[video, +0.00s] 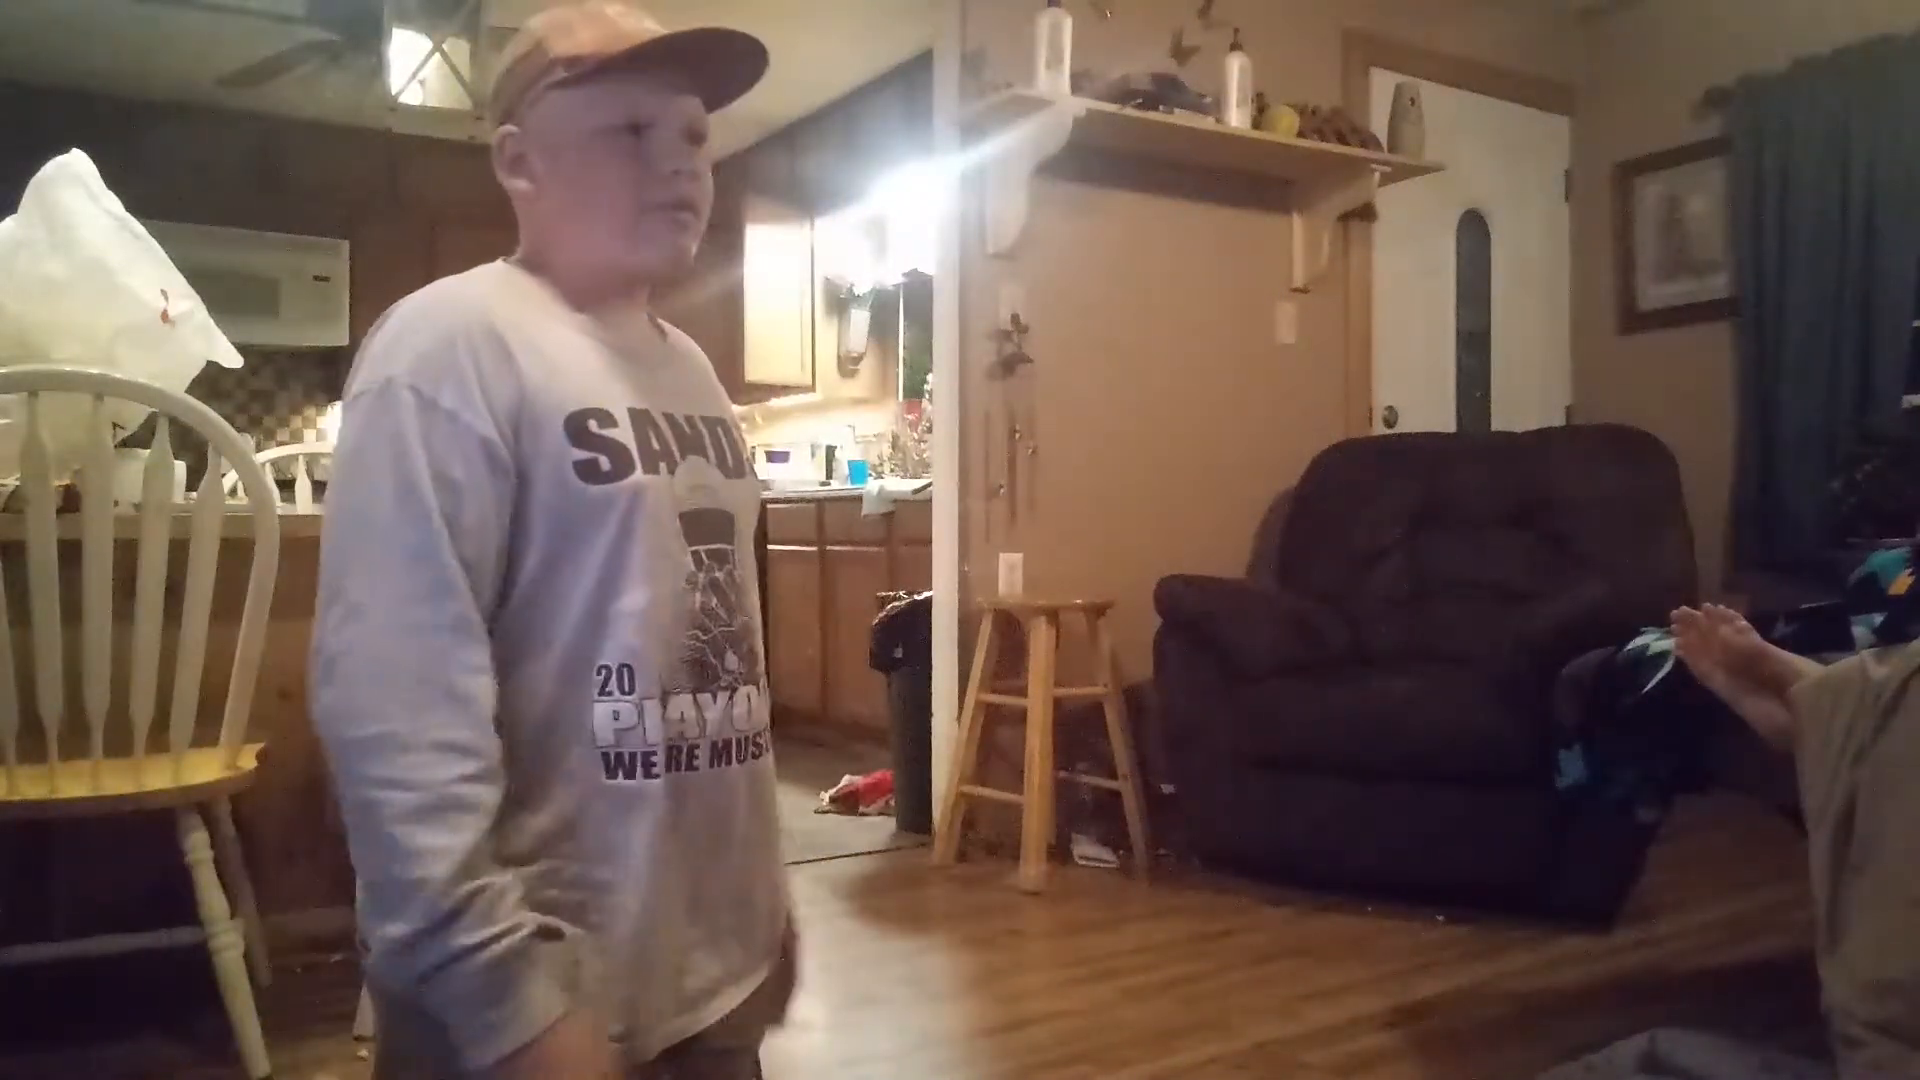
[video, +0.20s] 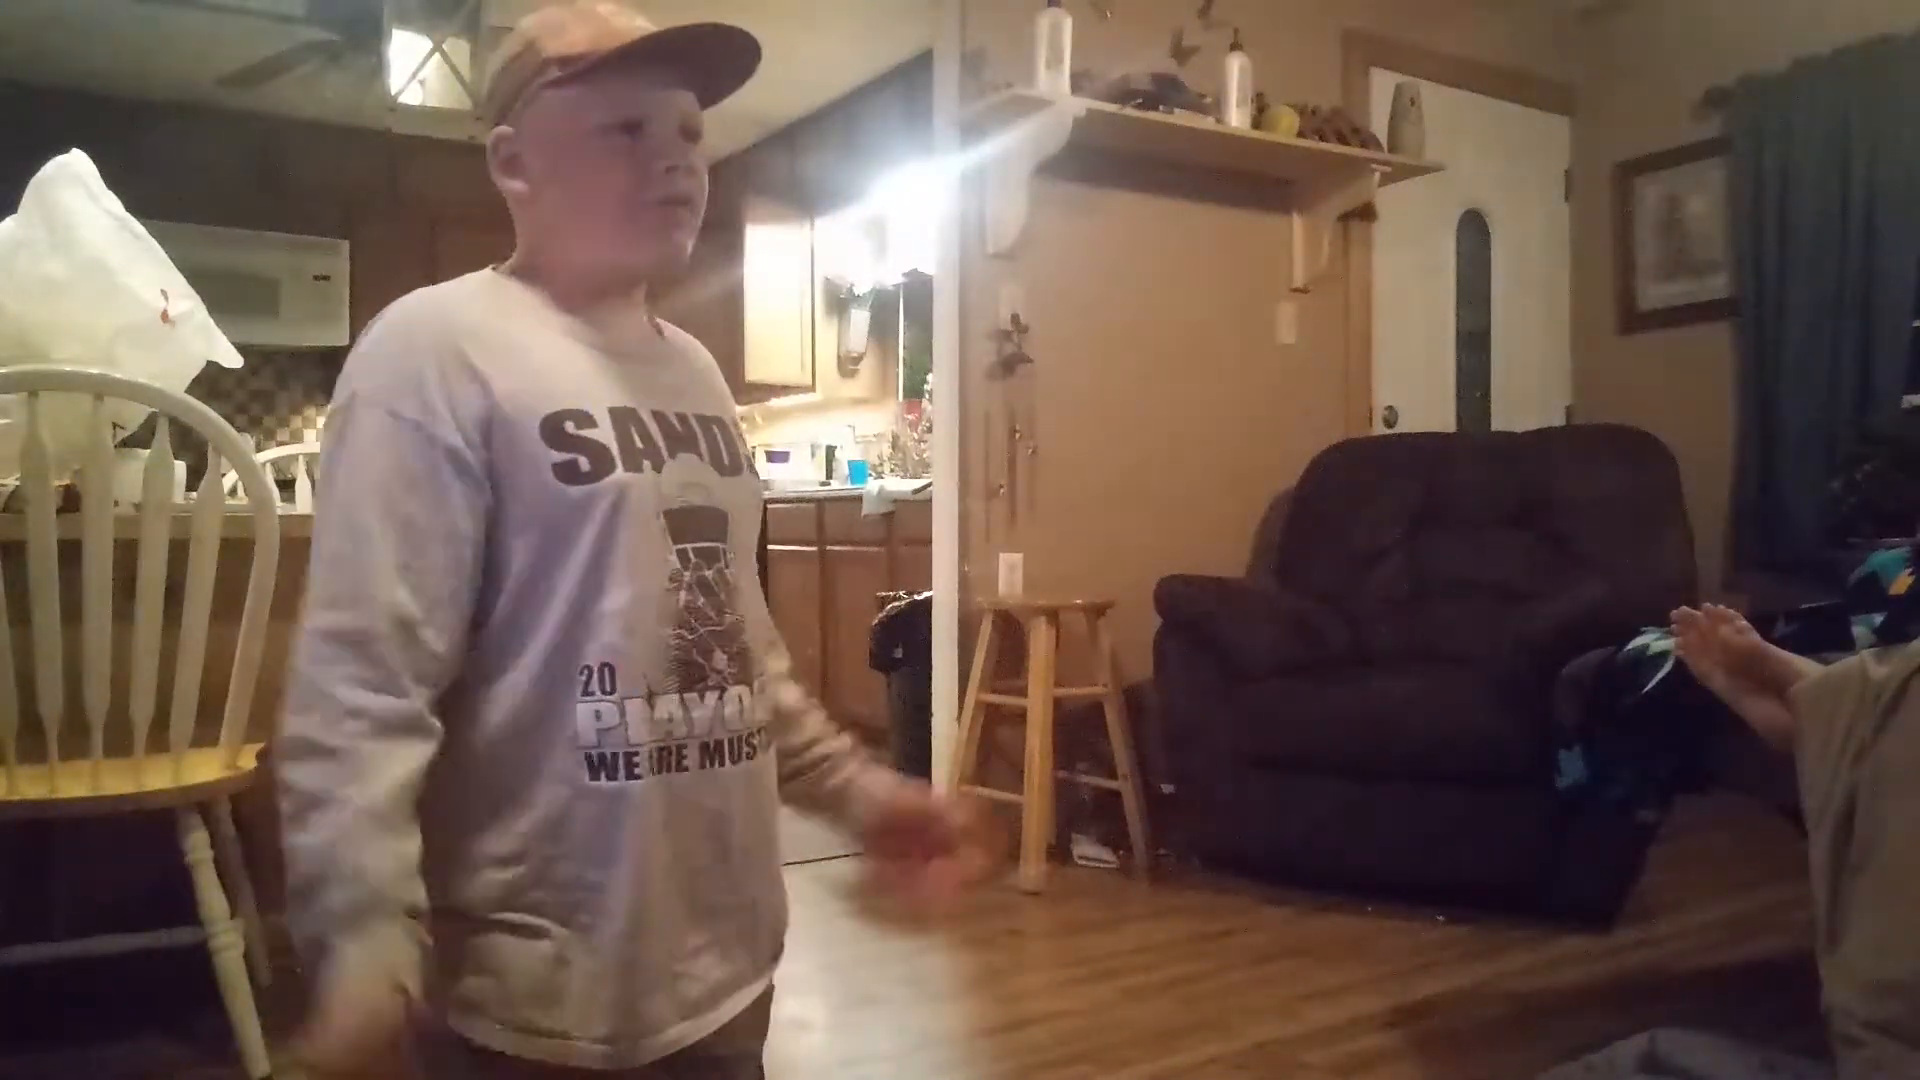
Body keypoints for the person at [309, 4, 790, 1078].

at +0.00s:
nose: (681, 166)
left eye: (694, 137)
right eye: (630, 131)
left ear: (710, 158)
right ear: (517, 159)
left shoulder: (689, 366)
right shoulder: (445, 348)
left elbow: (709, 657)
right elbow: (395, 705)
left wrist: (758, 902)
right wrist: (508, 1010)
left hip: (710, 982)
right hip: (535, 1008)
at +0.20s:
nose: (679, 160)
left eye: (690, 133)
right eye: (627, 128)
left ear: (707, 158)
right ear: (513, 161)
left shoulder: (695, 371)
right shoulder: (434, 351)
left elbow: (740, 650)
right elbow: (359, 691)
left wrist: (865, 794)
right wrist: (365, 951)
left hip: (720, 976)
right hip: (525, 990)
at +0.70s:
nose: (733, 196)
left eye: (745, 170)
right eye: (686, 162)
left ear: (759, 192)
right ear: (581, 189)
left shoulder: (744, 399)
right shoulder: (498, 356)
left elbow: (791, 658)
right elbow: (406, 667)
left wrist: (892, 838)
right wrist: (383, 972)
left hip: (747, 971)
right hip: (553, 991)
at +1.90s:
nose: (646, 192)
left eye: (654, 167)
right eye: (598, 156)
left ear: (663, 191)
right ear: (486, 178)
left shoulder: (636, 388)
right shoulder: (389, 361)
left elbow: (690, 646)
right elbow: (302, 693)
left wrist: (782, 805)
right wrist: (307, 1013)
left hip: (672, 978)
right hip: (474, 1003)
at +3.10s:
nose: (701, 203)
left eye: (700, 178)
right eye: (656, 174)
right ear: (553, 203)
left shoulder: (698, 396)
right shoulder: (463, 374)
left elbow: (748, 638)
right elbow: (390, 650)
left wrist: (865, 748)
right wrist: (647, 766)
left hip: (691, 927)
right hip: (518, 951)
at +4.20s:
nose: (590, 262)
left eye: (601, 243)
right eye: (543, 237)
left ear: (618, 274)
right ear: (442, 270)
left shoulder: (644, 426)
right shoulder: (360, 404)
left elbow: (821, 492)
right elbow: (270, 575)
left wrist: (967, 448)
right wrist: (550, 462)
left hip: (579, 935)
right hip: (364, 956)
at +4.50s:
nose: (490, 260)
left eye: (501, 242)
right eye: (441, 232)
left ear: (516, 285)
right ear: (337, 265)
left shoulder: (554, 439)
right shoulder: (214, 452)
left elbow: (717, 521)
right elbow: (144, 697)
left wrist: (869, 483)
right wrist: (395, 578)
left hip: (540, 923)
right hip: (296, 947)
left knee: (610, 1068)